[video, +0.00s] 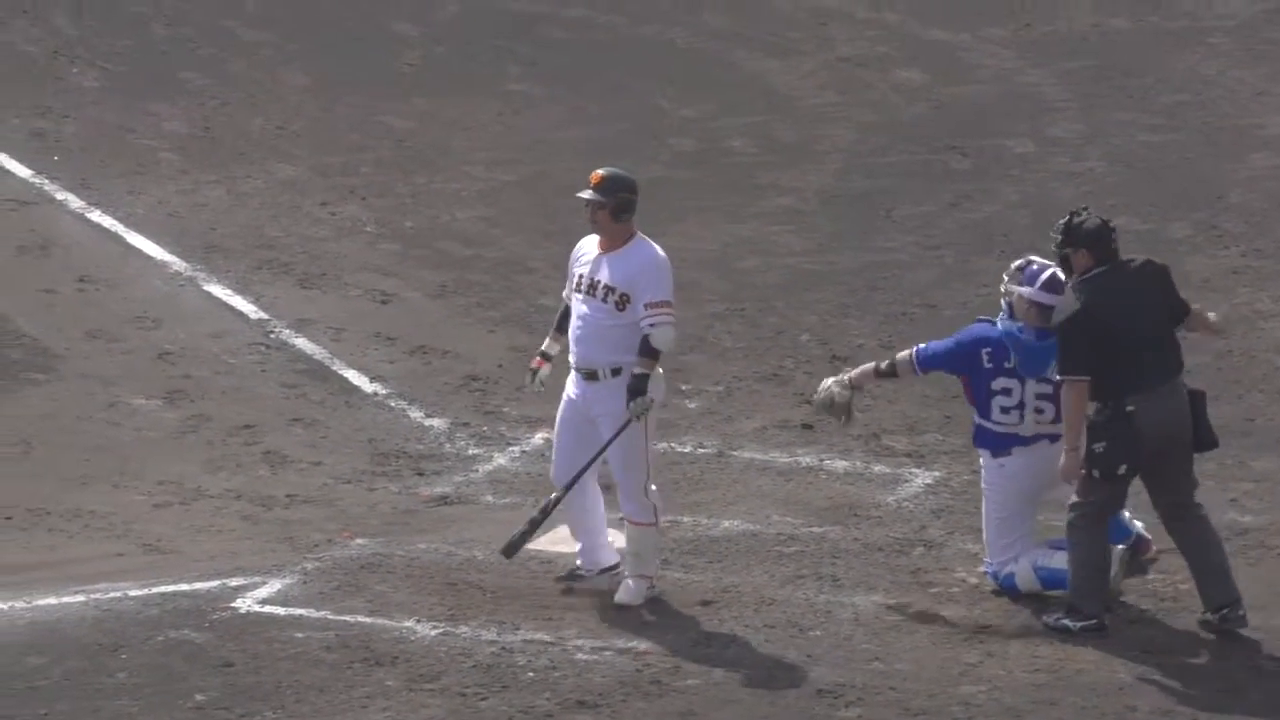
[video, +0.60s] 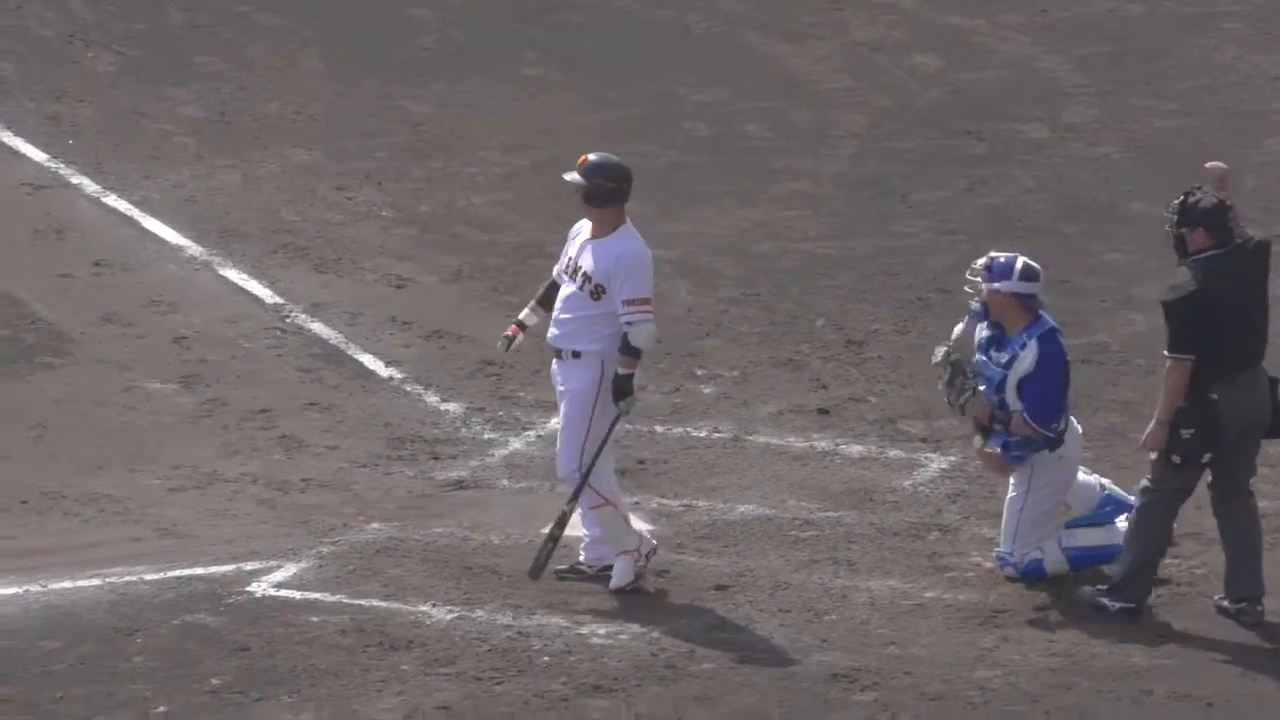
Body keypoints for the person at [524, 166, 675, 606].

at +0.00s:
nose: (589, 211)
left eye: (597, 205)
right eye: (589, 204)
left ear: (622, 210)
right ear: (596, 208)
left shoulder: (649, 260)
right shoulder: (584, 250)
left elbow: (660, 330)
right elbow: (570, 307)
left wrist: (640, 378)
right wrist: (547, 352)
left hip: (623, 385)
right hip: (579, 384)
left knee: (633, 483)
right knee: (569, 475)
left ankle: (641, 575)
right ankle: (597, 559)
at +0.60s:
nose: (577, 196)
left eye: (584, 191)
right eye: (578, 189)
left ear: (604, 198)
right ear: (607, 197)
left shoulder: (631, 254)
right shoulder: (582, 231)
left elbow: (638, 328)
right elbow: (557, 284)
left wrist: (624, 378)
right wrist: (523, 322)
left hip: (595, 368)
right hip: (566, 364)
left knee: (573, 465)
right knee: (586, 460)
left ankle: (634, 543)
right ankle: (598, 552)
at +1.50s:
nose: (573, 191)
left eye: (578, 186)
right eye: (576, 185)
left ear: (590, 189)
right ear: (618, 192)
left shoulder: (575, 234)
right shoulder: (646, 243)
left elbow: (544, 300)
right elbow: (655, 312)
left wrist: (529, 349)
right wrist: (652, 362)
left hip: (587, 364)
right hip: (631, 362)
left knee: (591, 466)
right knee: (601, 425)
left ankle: (608, 563)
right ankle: (619, 504)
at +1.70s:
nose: (572, 193)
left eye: (577, 188)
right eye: (575, 187)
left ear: (589, 190)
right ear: (618, 193)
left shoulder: (568, 229)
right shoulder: (646, 247)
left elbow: (533, 293)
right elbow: (658, 317)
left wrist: (520, 344)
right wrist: (654, 365)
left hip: (577, 362)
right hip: (628, 358)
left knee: (584, 465)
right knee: (631, 412)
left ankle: (597, 563)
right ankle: (652, 489)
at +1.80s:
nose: (574, 192)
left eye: (579, 187)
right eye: (577, 186)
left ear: (589, 191)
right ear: (621, 193)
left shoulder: (566, 227)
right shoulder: (648, 247)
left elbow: (530, 290)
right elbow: (661, 319)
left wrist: (518, 345)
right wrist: (658, 365)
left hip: (574, 362)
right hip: (626, 358)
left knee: (579, 465)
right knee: (648, 431)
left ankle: (593, 559)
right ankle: (664, 511)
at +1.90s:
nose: (579, 191)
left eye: (583, 186)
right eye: (582, 186)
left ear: (592, 189)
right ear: (626, 193)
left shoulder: (566, 226)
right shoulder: (651, 248)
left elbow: (528, 289)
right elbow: (660, 321)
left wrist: (517, 341)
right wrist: (657, 372)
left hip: (573, 360)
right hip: (625, 357)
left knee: (576, 463)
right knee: (648, 439)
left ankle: (587, 557)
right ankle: (669, 538)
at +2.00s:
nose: (585, 191)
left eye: (589, 186)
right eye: (588, 185)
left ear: (598, 188)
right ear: (631, 192)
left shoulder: (570, 226)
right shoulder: (657, 248)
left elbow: (530, 289)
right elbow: (660, 321)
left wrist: (519, 341)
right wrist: (656, 378)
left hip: (578, 358)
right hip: (632, 356)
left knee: (578, 464)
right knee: (647, 466)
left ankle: (583, 556)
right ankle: (661, 557)